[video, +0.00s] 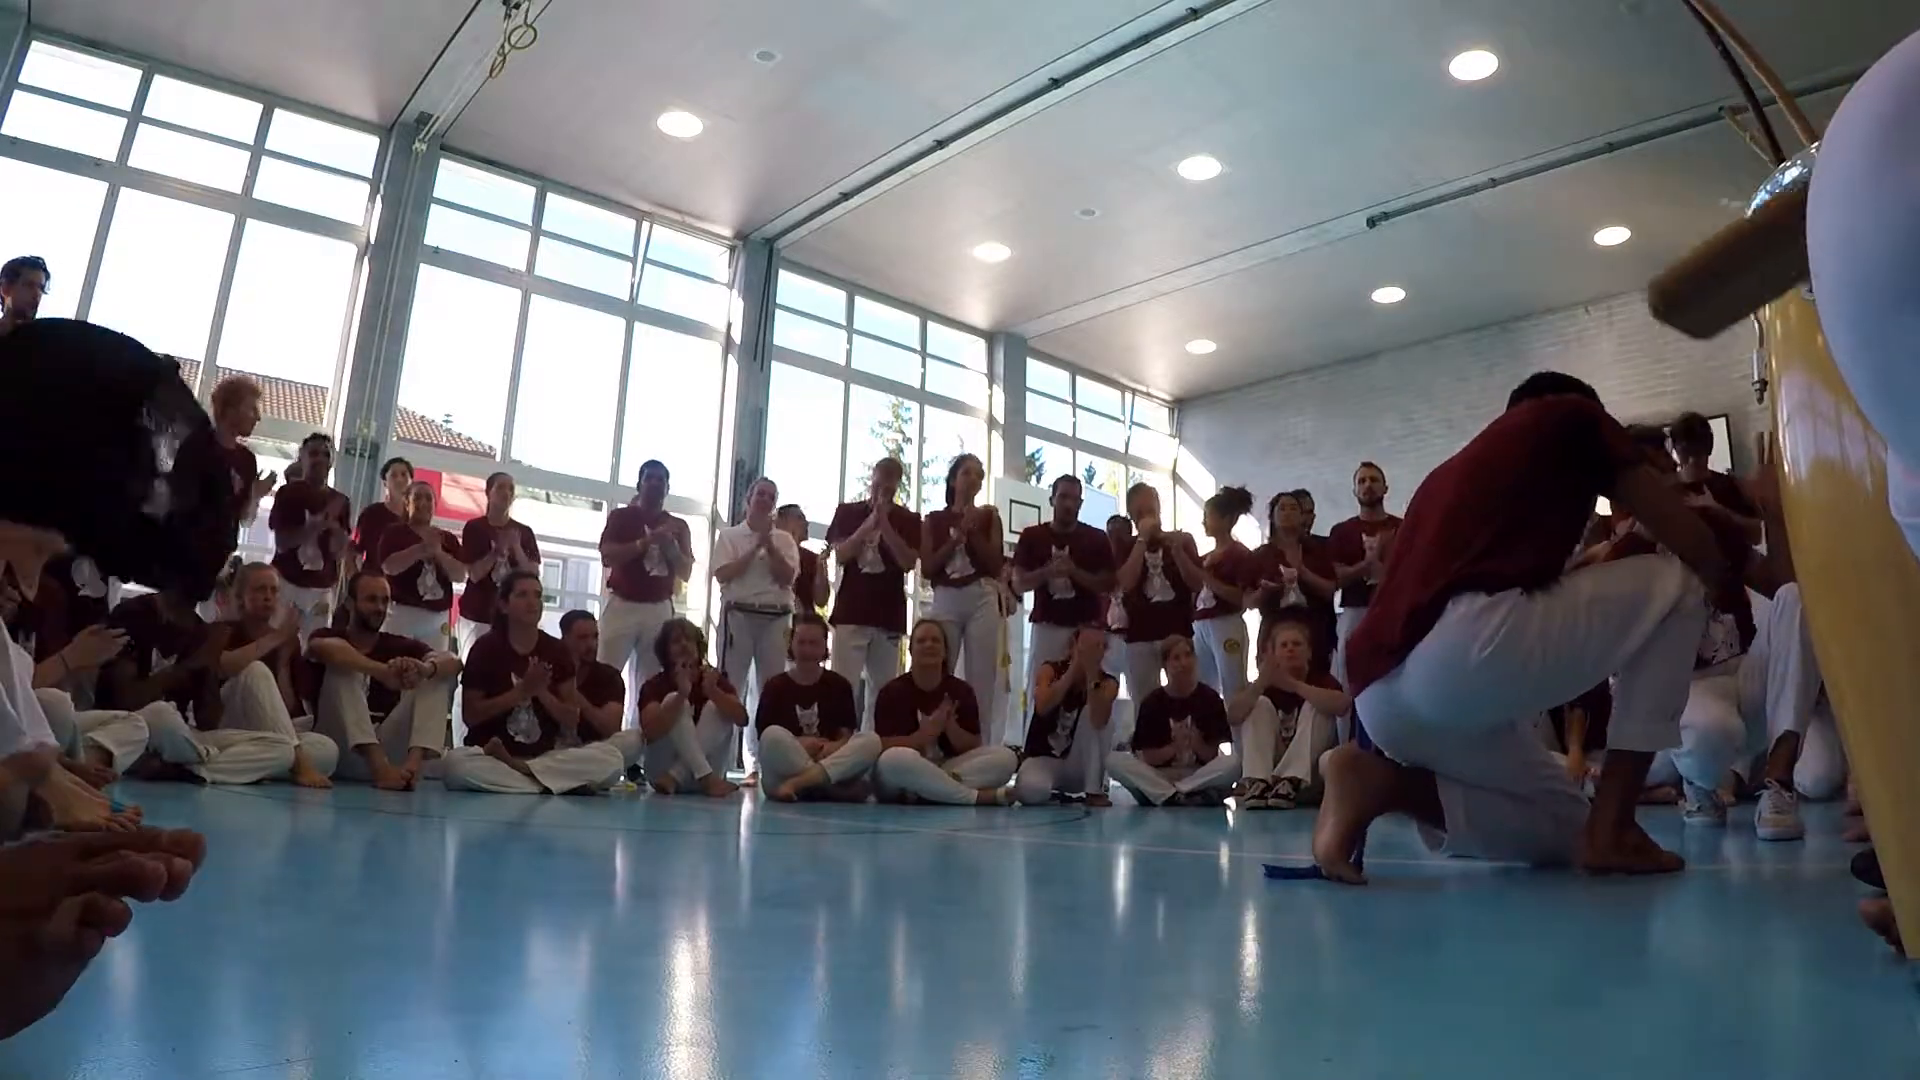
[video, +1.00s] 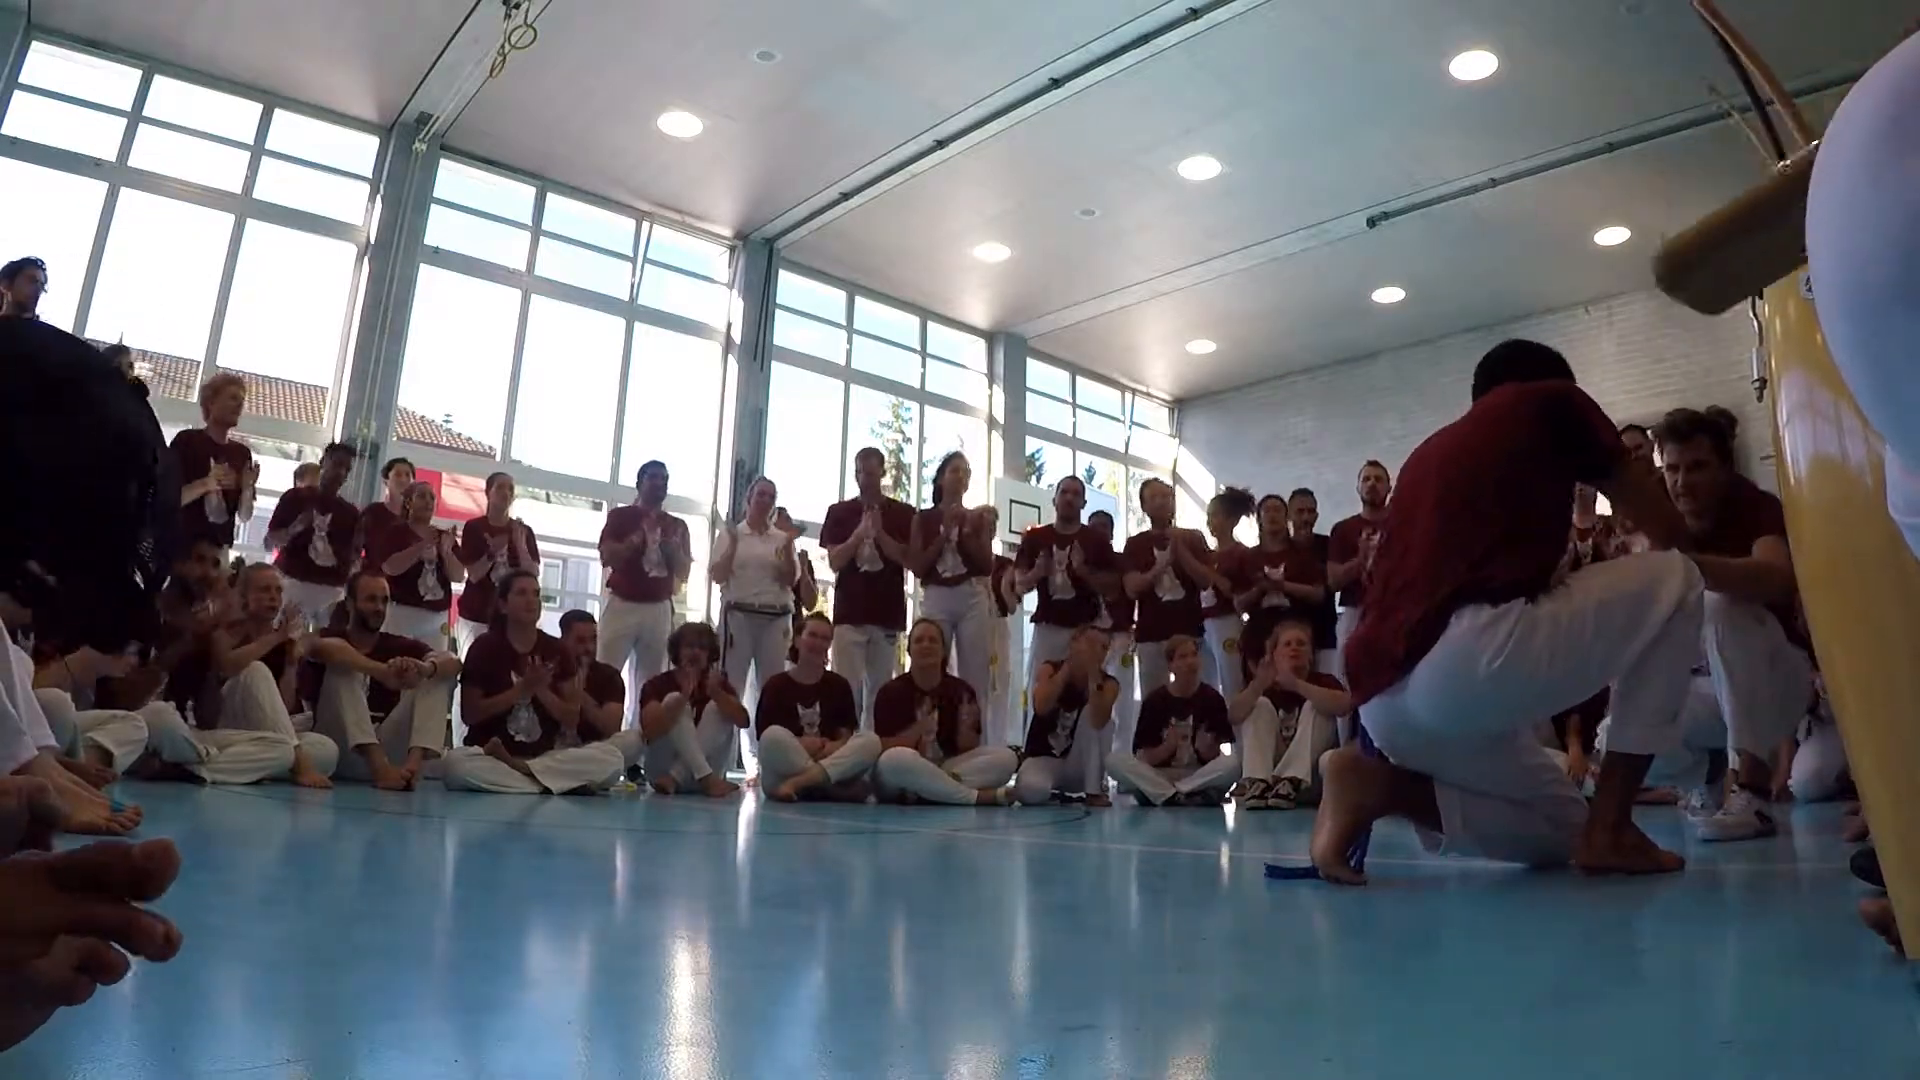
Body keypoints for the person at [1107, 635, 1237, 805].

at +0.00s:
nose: (1183, 663)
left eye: (1188, 656)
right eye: (1176, 658)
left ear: (1195, 660)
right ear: (1165, 665)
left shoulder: (1210, 698)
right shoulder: (1152, 701)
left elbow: (1212, 756)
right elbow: (1148, 757)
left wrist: (1196, 742)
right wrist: (1175, 747)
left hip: (1199, 772)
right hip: (1160, 773)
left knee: (1232, 763)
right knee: (1114, 760)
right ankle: (1172, 795)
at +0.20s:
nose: (1185, 662)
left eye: (1189, 655)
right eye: (1178, 657)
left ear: (1196, 659)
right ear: (1167, 664)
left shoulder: (1211, 698)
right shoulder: (1152, 701)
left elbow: (1211, 760)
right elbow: (1146, 758)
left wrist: (1207, 750)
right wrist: (1168, 744)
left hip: (1199, 772)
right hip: (1160, 773)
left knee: (1233, 763)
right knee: (1114, 760)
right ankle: (1172, 795)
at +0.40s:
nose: (1186, 662)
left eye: (1190, 655)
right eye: (1179, 658)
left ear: (1197, 659)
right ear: (1167, 664)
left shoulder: (1211, 698)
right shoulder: (1152, 701)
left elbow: (1212, 755)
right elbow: (1147, 757)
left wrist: (1200, 744)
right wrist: (1175, 747)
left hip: (1199, 771)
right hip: (1160, 772)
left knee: (1232, 763)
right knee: (1114, 759)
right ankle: (1172, 795)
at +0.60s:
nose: (1190, 662)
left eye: (1193, 655)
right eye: (1182, 657)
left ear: (1198, 658)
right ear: (1169, 664)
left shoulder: (1212, 697)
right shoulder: (1153, 700)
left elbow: (1215, 755)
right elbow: (1146, 757)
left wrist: (1204, 745)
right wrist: (1172, 746)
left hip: (1200, 772)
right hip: (1161, 773)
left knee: (1233, 763)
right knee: (1113, 759)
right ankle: (1171, 796)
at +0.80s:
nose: (1190, 661)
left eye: (1194, 655)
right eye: (1182, 656)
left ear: (1199, 658)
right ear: (1169, 665)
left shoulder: (1212, 698)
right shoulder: (1154, 700)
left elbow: (1214, 754)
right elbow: (1145, 756)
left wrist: (1194, 740)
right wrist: (1178, 746)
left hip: (1201, 772)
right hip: (1161, 773)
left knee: (1232, 763)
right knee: (1114, 761)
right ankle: (1172, 796)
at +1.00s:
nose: (1191, 661)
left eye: (1194, 655)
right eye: (1183, 657)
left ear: (1200, 659)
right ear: (1170, 665)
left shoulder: (1212, 698)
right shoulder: (1154, 700)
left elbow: (1217, 756)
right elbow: (1143, 757)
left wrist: (1207, 749)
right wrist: (1168, 747)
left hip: (1200, 771)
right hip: (1161, 773)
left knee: (1232, 763)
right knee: (1114, 760)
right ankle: (1172, 796)